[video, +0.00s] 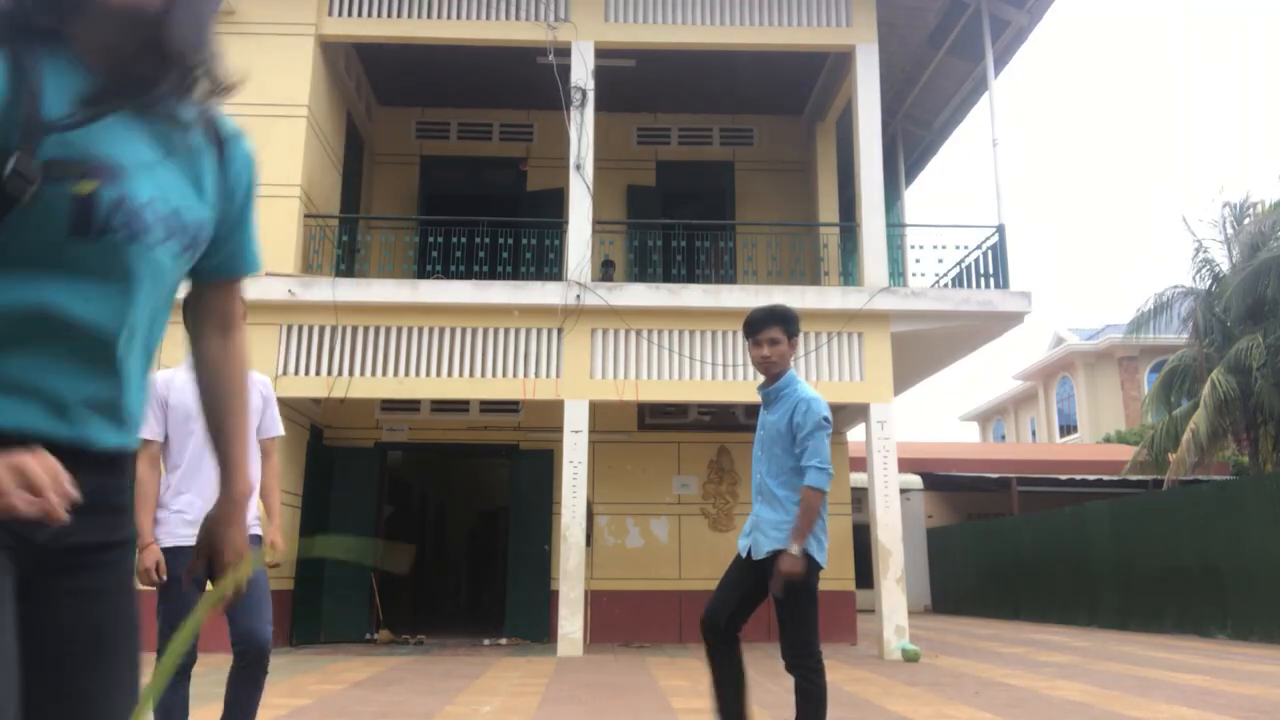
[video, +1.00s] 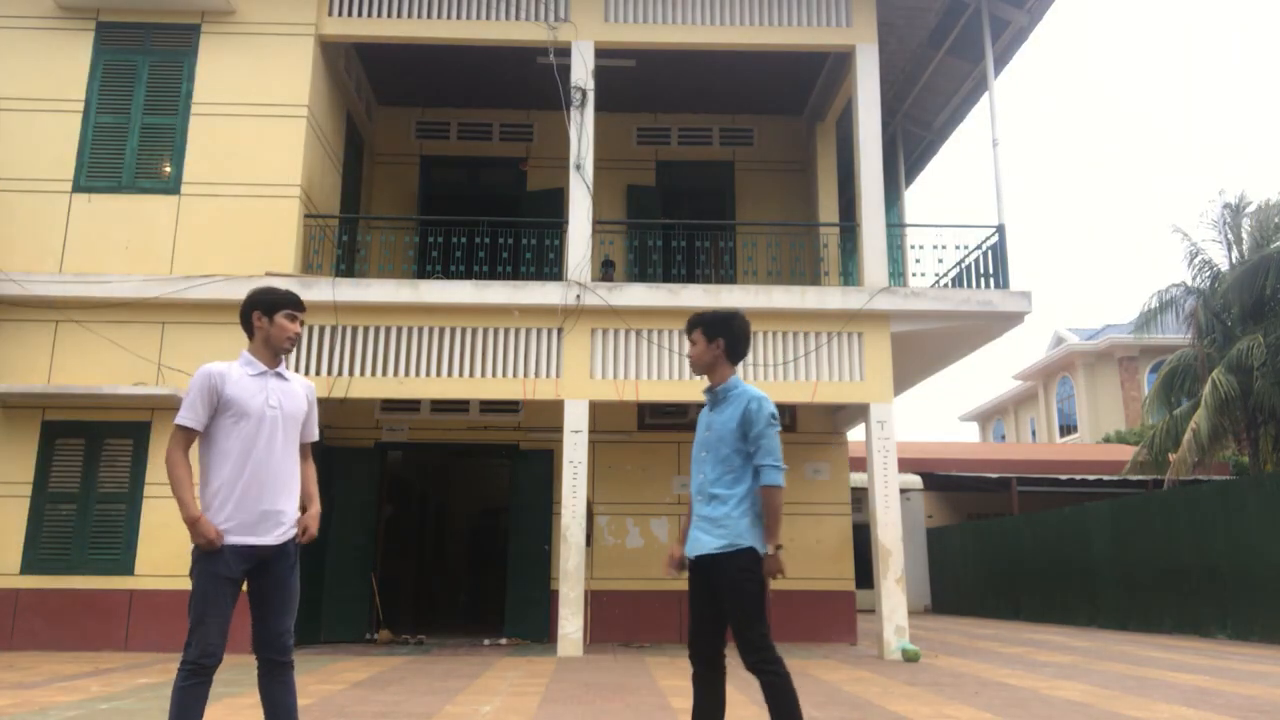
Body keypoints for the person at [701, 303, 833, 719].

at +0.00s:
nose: (765, 352)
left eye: (774, 343)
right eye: (756, 344)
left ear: (793, 346)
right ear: (748, 350)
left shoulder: (807, 404)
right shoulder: (771, 402)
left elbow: (817, 478)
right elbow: (775, 476)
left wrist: (797, 547)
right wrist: (756, 532)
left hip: (794, 546)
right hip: (759, 543)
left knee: (803, 659)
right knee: (717, 624)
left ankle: (810, 719)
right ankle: (733, 716)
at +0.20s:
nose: (759, 353)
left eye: (769, 343)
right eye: (751, 345)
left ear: (791, 345)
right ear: (744, 351)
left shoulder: (806, 404)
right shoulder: (765, 401)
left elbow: (834, 477)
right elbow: (780, 475)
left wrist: (834, 547)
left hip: (795, 542)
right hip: (759, 538)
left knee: (803, 657)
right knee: (704, 616)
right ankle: (649, 702)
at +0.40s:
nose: (760, 352)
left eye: (770, 342)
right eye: (751, 344)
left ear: (787, 345)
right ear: (741, 350)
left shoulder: (808, 403)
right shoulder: (755, 403)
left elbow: (840, 472)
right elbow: (767, 473)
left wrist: (836, 543)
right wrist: (753, 518)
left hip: (793, 540)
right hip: (754, 536)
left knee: (802, 656)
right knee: (688, 597)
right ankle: (632, 693)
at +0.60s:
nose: (750, 352)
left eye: (760, 343)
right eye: (741, 344)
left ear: (778, 346)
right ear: (734, 351)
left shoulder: (800, 404)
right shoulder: (741, 407)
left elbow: (827, 473)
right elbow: (749, 476)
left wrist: (822, 544)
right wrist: (739, 523)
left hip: (785, 543)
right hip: (741, 540)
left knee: (798, 659)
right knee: (681, 610)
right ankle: (670, 714)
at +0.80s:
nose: (712, 352)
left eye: (720, 344)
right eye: (711, 345)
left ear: (751, 349)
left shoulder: (784, 410)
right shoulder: (721, 411)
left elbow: (808, 481)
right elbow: (722, 481)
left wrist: (805, 551)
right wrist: (716, 535)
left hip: (763, 552)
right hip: (721, 552)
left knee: (784, 659)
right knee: (720, 660)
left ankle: (802, 718)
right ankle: (713, 719)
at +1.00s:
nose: (687, 350)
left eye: (693, 342)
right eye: (688, 342)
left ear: (719, 346)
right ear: (714, 347)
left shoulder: (754, 403)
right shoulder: (708, 410)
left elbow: (772, 477)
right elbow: (703, 487)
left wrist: (772, 547)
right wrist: (684, 543)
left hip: (739, 553)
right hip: (702, 554)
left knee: (759, 655)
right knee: (704, 657)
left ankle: (790, 717)